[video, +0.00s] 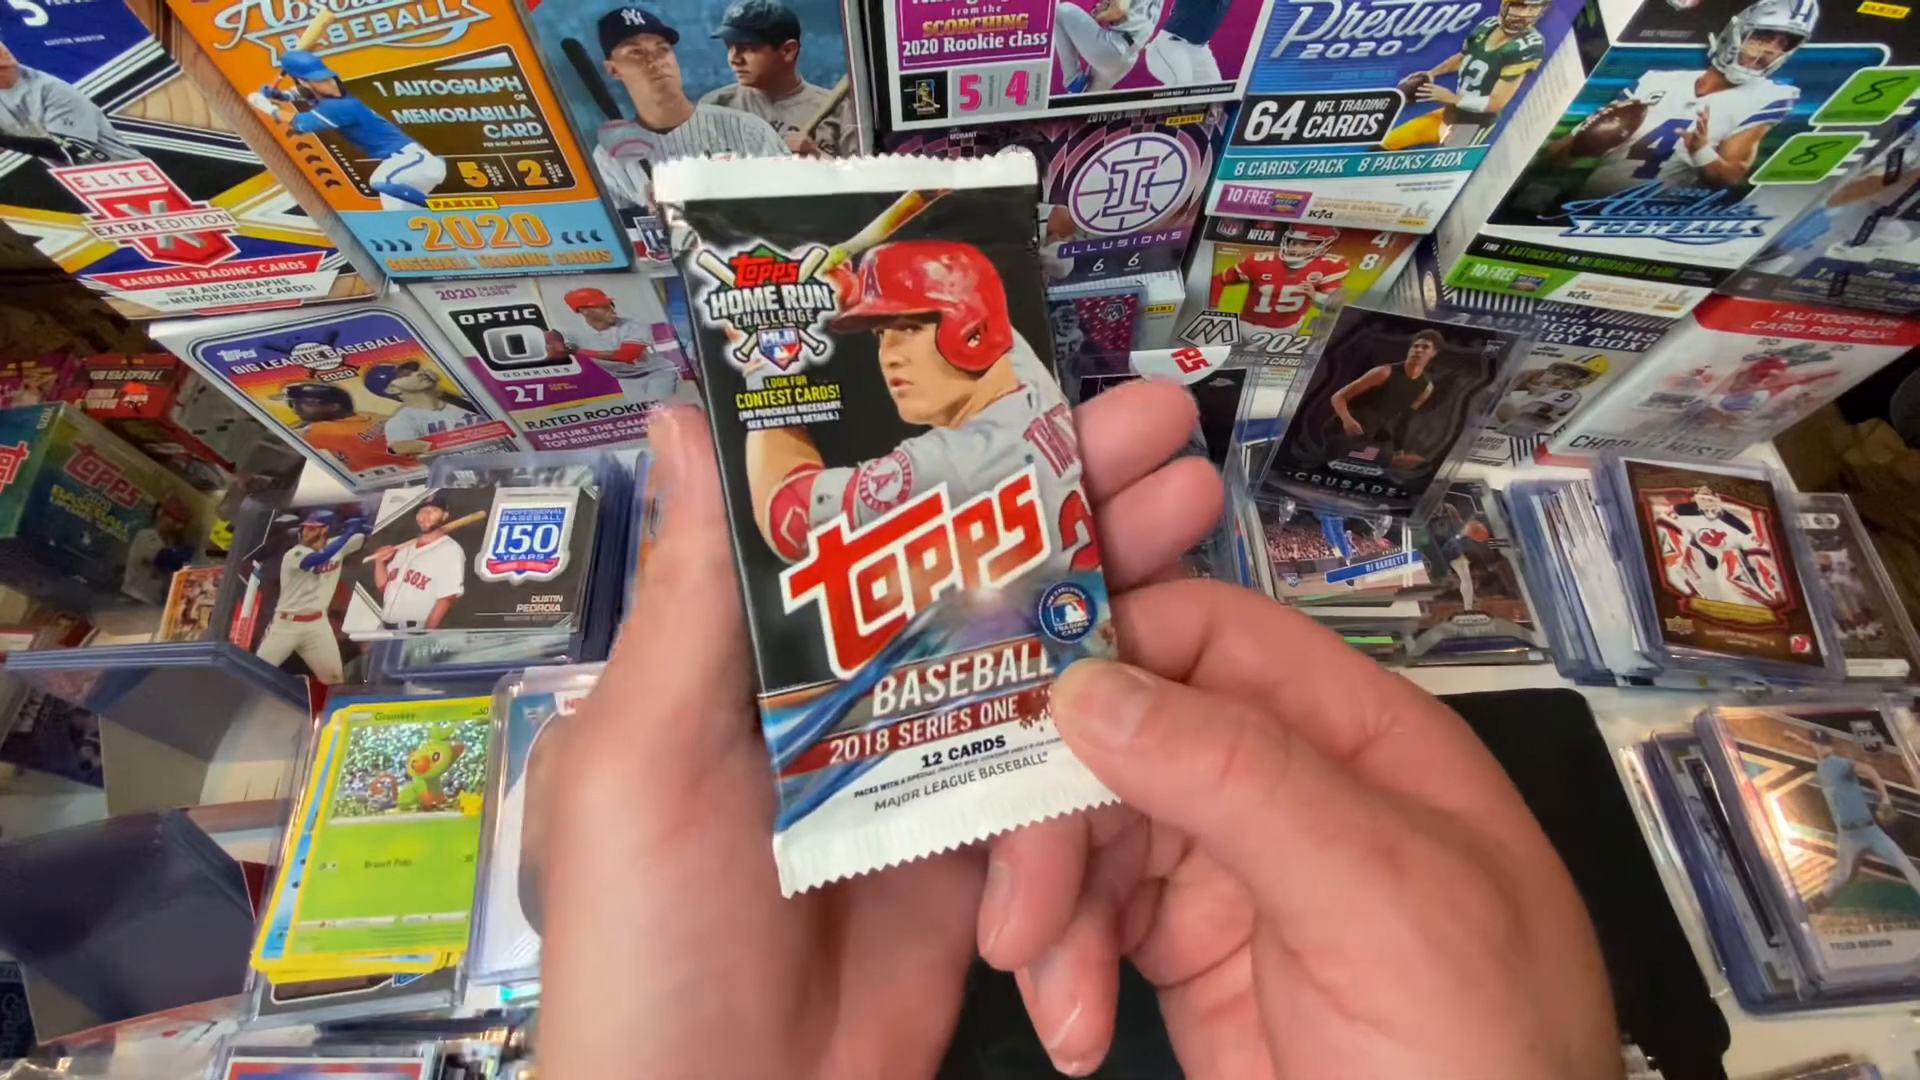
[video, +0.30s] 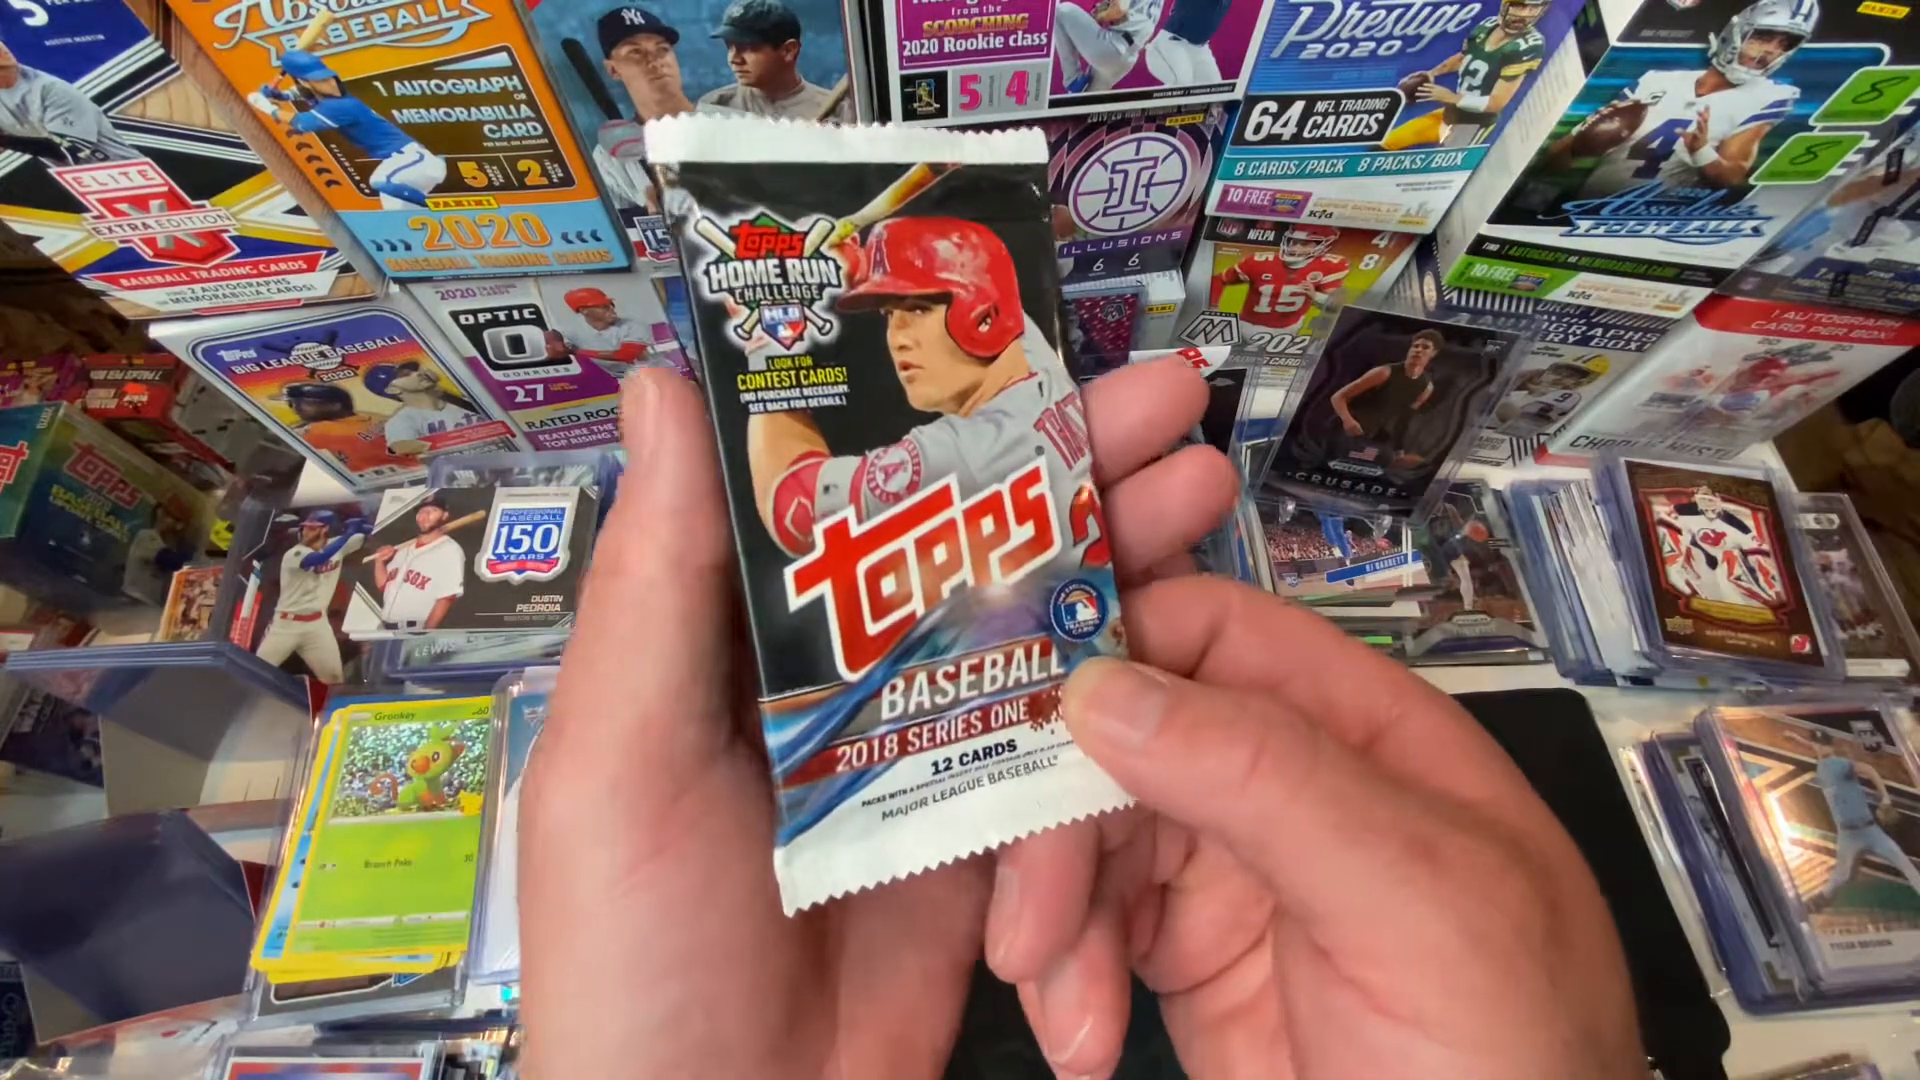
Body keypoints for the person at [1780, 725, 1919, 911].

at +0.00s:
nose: (1821, 749)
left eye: (1823, 744)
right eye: (1817, 745)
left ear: (1829, 744)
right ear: (1814, 747)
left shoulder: (1838, 764)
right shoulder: (1822, 768)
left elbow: (1869, 771)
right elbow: (1813, 746)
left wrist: (1884, 797)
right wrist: (1799, 739)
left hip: (1870, 829)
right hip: (1847, 834)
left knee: (1904, 864)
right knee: (1842, 875)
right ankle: (1823, 898)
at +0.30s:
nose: (1821, 750)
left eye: (1824, 745)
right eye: (1818, 746)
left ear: (1831, 745)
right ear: (1815, 748)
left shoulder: (1839, 764)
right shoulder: (1822, 767)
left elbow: (1869, 770)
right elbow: (1812, 747)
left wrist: (1885, 797)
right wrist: (1796, 738)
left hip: (1870, 829)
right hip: (1847, 834)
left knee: (1903, 862)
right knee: (1842, 874)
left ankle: (1919, 888)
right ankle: (1824, 896)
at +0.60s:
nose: (1822, 749)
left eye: (1825, 745)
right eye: (1818, 746)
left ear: (1831, 745)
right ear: (1815, 748)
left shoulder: (1839, 764)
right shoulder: (1823, 767)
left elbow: (1869, 770)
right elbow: (1811, 745)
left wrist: (1884, 797)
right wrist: (1796, 737)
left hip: (1870, 829)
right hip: (1847, 834)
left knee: (1903, 862)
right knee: (1842, 875)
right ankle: (1824, 896)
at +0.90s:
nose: (1822, 749)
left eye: (1824, 744)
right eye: (1818, 745)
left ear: (1830, 745)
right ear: (1814, 748)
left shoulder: (1840, 764)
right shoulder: (1822, 767)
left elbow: (1869, 770)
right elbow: (1811, 746)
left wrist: (1884, 797)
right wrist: (1796, 738)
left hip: (1871, 829)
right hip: (1847, 834)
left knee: (1903, 862)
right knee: (1842, 874)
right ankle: (1825, 896)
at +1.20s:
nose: (1822, 749)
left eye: (1825, 744)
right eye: (1819, 746)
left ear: (1831, 745)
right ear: (1814, 748)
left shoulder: (1840, 764)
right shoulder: (1822, 767)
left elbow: (1869, 770)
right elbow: (1812, 745)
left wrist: (1885, 797)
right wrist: (1796, 738)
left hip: (1871, 829)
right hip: (1847, 834)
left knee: (1903, 862)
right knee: (1842, 874)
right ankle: (1825, 896)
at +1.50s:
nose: (1823, 749)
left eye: (1825, 744)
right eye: (1819, 745)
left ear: (1831, 745)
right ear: (1814, 748)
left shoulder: (1839, 764)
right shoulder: (1823, 767)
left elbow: (1868, 770)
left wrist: (1884, 797)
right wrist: (1796, 738)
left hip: (1871, 829)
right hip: (1847, 834)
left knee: (1904, 863)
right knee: (1842, 875)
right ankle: (1825, 896)